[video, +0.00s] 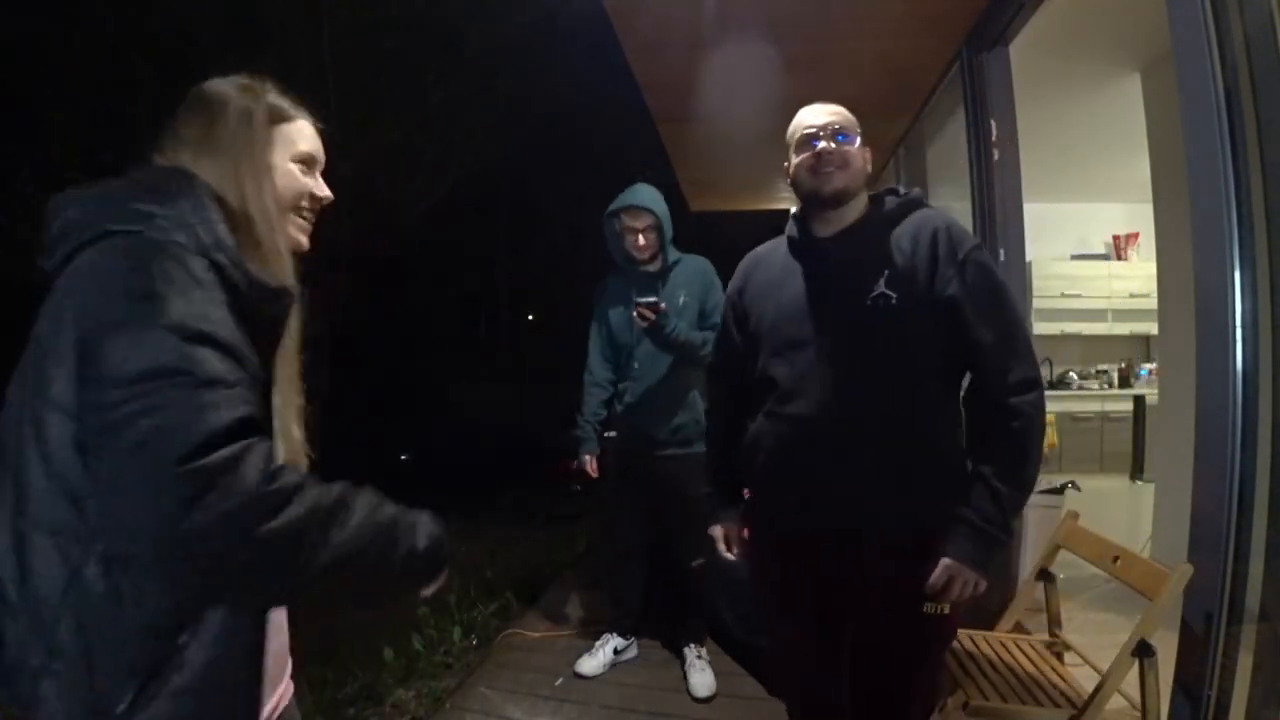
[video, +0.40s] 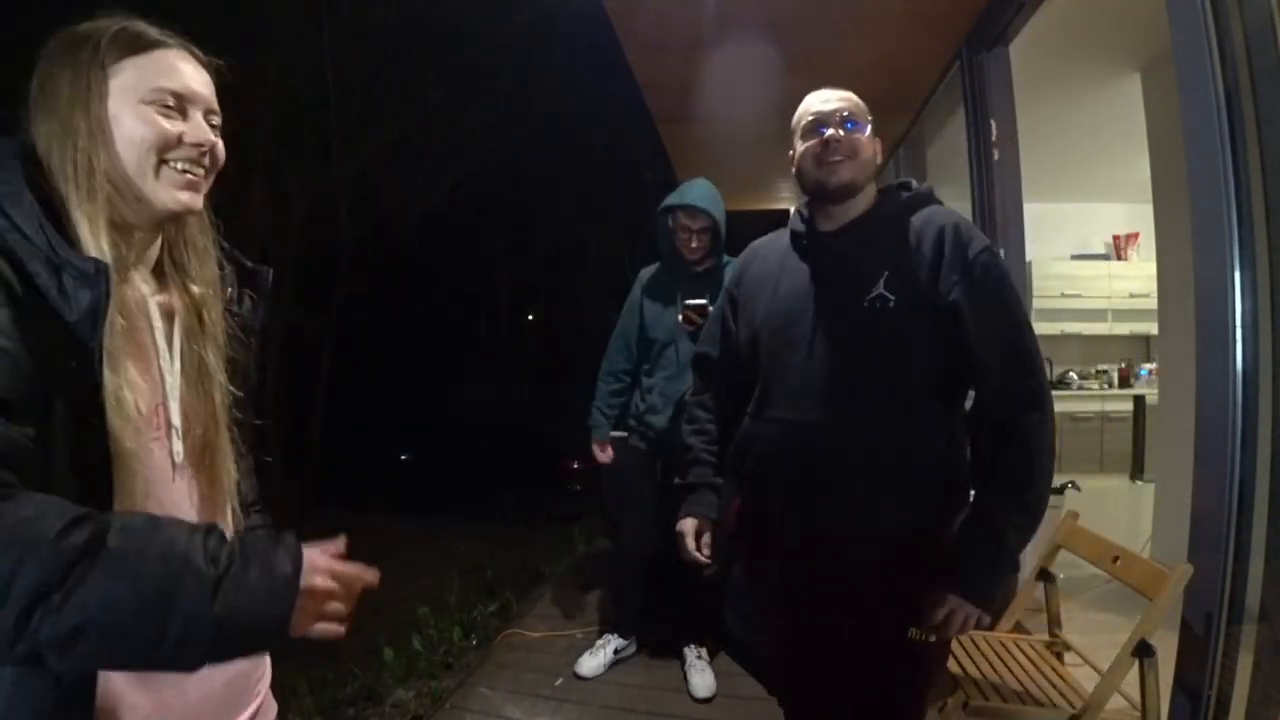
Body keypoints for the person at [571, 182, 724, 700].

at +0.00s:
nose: (637, 241)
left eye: (645, 230)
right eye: (627, 232)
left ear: (664, 229)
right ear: (616, 237)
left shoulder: (696, 273)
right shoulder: (613, 289)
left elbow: (719, 348)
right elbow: (599, 369)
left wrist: (666, 328)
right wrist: (587, 436)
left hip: (685, 443)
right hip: (627, 442)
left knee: (690, 547)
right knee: (622, 541)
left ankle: (693, 644)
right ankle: (620, 635)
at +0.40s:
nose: (690, 237)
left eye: (700, 228)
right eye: (681, 228)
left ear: (717, 230)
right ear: (668, 230)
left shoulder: (736, 285)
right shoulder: (651, 282)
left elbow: (750, 357)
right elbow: (620, 358)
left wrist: (712, 327)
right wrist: (603, 422)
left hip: (707, 437)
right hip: (645, 433)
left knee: (700, 540)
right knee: (631, 536)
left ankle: (696, 645)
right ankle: (620, 633)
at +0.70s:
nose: (696, 231)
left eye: (706, 222)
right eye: (688, 222)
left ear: (726, 226)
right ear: (675, 226)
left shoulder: (744, 281)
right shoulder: (655, 281)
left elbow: (765, 345)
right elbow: (609, 344)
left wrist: (721, 318)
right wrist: (556, 395)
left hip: (712, 439)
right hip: (649, 435)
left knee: (699, 548)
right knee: (634, 545)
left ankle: (696, 645)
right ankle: (609, 652)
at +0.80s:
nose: (694, 231)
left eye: (703, 222)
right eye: (685, 222)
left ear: (721, 224)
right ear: (673, 226)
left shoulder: (743, 278)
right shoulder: (651, 278)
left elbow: (765, 347)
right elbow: (607, 339)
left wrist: (723, 323)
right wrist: (564, 391)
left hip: (713, 435)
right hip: (648, 436)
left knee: (701, 548)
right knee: (631, 550)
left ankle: (697, 646)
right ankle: (601, 660)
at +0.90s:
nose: (688, 232)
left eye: (698, 223)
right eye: (679, 223)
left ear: (716, 225)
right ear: (667, 226)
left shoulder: (741, 280)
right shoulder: (645, 280)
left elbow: (761, 353)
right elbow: (605, 355)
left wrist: (721, 325)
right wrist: (568, 421)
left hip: (710, 448)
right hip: (642, 446)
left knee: (701, 556)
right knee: (629, 557)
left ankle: (697, 645)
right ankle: (601, 667)